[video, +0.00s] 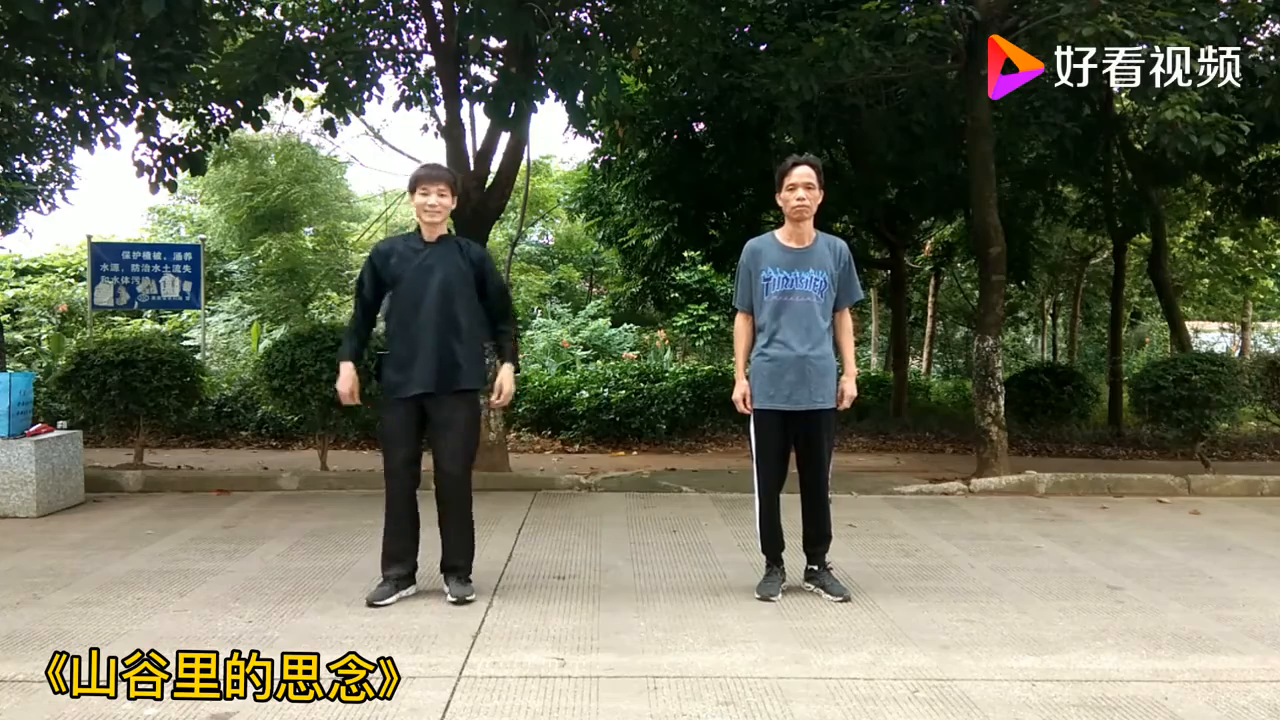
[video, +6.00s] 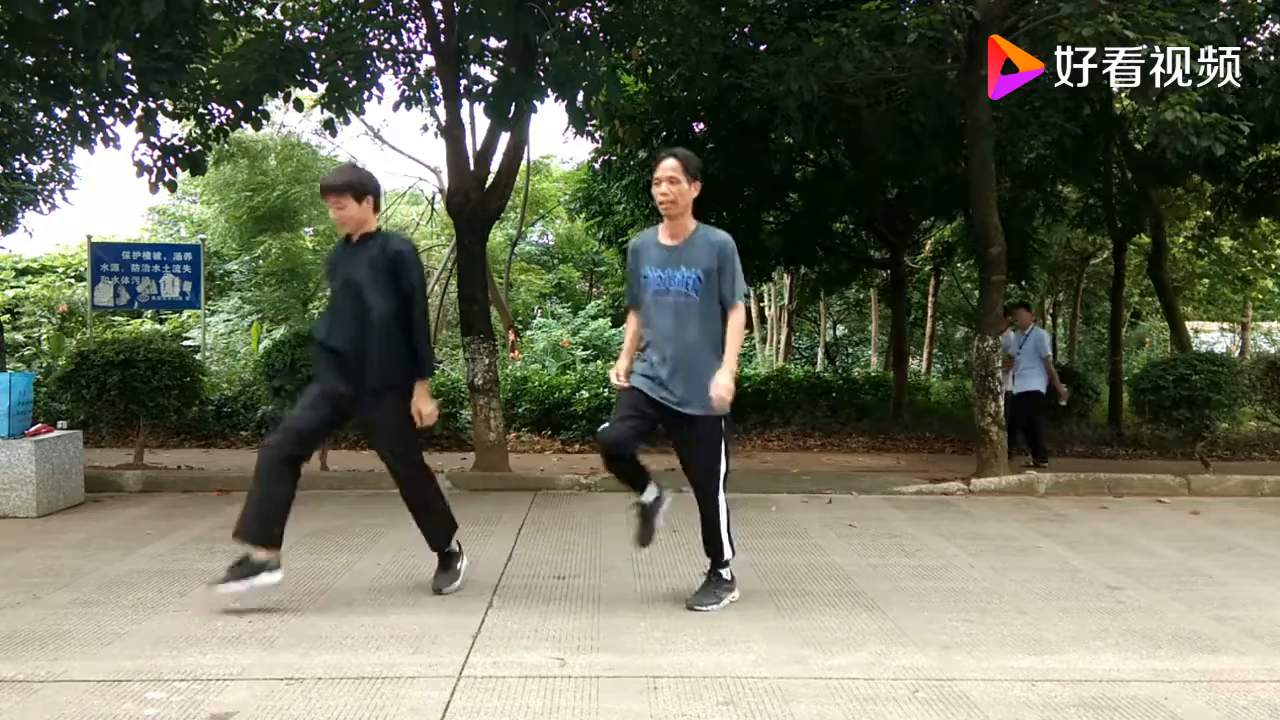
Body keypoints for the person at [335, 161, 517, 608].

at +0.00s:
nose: (433, 201)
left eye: (442, 194)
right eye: (425, 194)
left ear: (453, 201)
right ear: (412, 200)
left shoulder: (472, 255)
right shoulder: (387, 254)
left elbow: (502, 315)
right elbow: (363, 313)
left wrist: (507, 363)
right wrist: (347, 363)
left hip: (457, 385)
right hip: (400, 384)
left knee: (453, 480)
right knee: (399, 481)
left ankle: (457, 575)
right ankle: (397, 575)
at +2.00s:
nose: (444, 201)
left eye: (453, 193)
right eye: (436, 194)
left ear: (468, 199)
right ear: (426, 200)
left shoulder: (490, 254)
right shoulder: (405, 253)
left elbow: (505, 323)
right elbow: (392, 321)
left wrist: (499, 383)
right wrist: (389, 377)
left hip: (471, 387)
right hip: (415, 387)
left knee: (466, 484)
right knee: (406, 479)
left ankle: (462, 575)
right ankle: (408, 574)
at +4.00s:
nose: (435, 200)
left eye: (444, 193)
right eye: (427, 192)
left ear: (456, 199)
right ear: (415, 197)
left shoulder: (476, 252)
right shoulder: (394, 249)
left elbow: (489, 312)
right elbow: (369, 306)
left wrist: (488, 370)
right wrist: (392, 318)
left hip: (466, 352)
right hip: (414, 360)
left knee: (432, 373)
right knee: (428, 460)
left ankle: (434, 472)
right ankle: (439, 559)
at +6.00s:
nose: (334, 214)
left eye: (340, 205)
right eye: (330, 207)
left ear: (368, 202)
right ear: (334, 209)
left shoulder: (397, 250)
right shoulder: (339, 257)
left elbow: (418, 320)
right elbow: (345, 320)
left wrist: (422, 387)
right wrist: (331, 373)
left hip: (384, 384)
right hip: (337, 380)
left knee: (409, 468)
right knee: (280, 449)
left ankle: (448, 550)